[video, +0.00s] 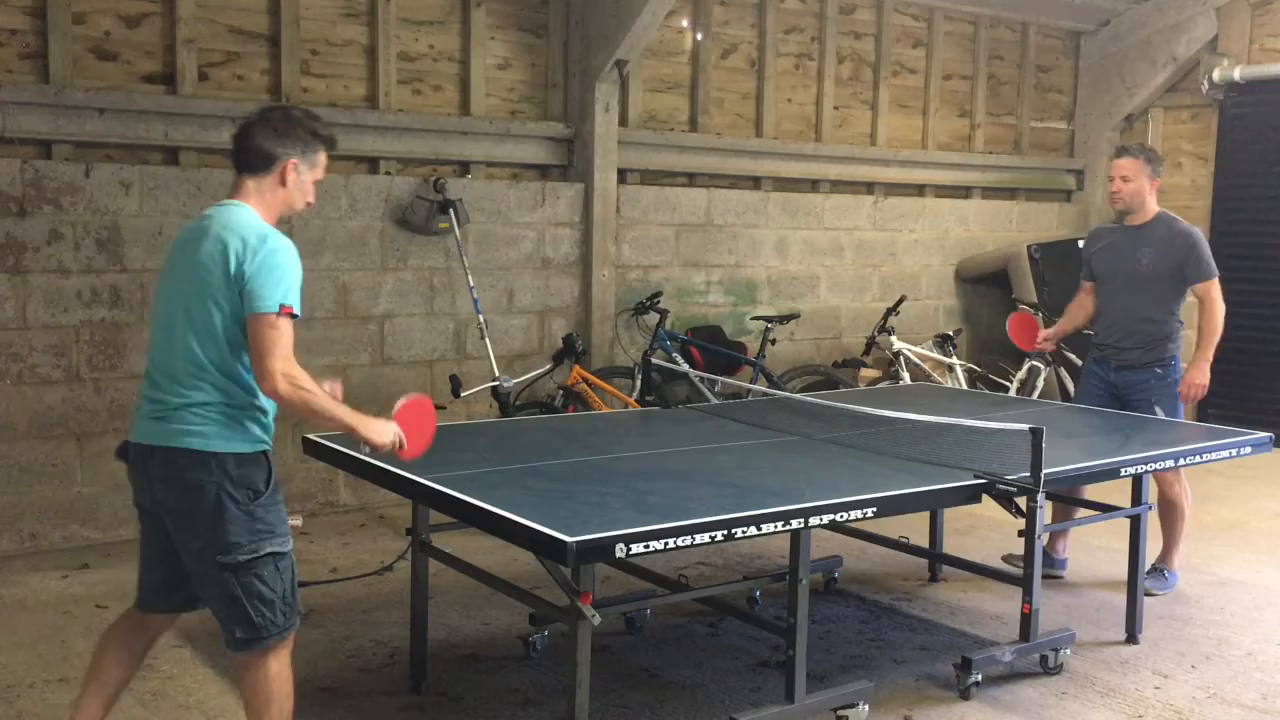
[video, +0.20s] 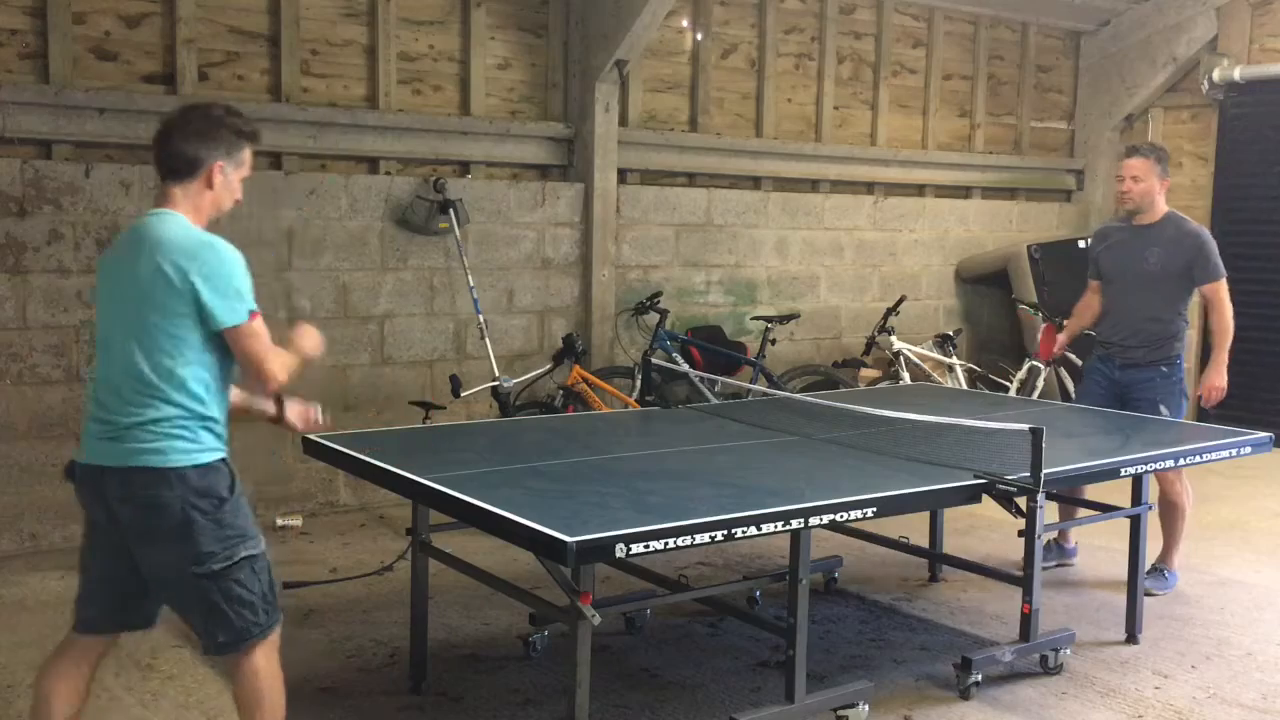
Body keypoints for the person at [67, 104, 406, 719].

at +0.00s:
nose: (314, 197)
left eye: (318, 183)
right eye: (314, 180)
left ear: (257, 167)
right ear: (285, 169)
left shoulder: (192, 234)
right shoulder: (269, 248)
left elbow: (215, 356)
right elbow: (279, 377)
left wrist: (305, 386)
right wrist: (361, 424)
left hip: (155, 455)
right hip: (220, 464)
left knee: (155, 606)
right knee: (268, 633)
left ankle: (83, 713)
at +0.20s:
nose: (242, 194)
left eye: (244, 179)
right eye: (241, 178)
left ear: (177, 170)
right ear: (212, 174)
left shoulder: (121, 249)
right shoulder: (207, 254)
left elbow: (174, 372)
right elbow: (270, 374)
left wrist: (273, 407)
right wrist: (300, 347)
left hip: (104, 470)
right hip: (180, 473)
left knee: (89, 633)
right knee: (254, 638)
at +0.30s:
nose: (206, 194)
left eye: (210, 179)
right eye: (207, 178)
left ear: (132, 167)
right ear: (180, 172)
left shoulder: (84, 250)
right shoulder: (179, 253)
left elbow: (131, 363)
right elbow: (239, 363)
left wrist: (232, 375)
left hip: (73, 475)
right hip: (151, 480)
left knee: (66, 635)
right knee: (235, 633)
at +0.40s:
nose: (179, 187)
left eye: (182, 173)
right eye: (179, 171)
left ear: (103, 163)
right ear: (151, 168)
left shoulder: (49, 247)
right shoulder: (159, 248)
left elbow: (72, 357)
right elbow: (201, 364)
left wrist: (184, 398)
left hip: (48, 474)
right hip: (129, 478)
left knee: (53, 634)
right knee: (215, 630)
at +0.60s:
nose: (146, 182)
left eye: (149, 167)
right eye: (145, 165)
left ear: (71, 157)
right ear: (114, 161)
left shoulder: (12, 239)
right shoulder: (128, 244)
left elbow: (20, 342)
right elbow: (181, 376)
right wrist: (143, 370)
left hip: (15, 474)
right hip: (99, 474)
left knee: (27, 640)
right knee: (188, 624)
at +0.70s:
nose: (133, 179)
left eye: (135, 163)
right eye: (131, 162)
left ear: (55, 156)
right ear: (99, 159)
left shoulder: (6, 234)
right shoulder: (113, 244)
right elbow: (190, 365)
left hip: (9, 471)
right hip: (90, 471)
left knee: (18, 646)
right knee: (172, 629)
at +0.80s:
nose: (130, 173)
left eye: (133, 157)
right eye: (128, 155)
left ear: (53, 151)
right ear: (92, 153)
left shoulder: (6, 229)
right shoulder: (101, 237)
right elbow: (193, 339)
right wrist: (311, 312)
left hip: (7, 470)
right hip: (85, 469)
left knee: (15, 645)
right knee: (163, 627)